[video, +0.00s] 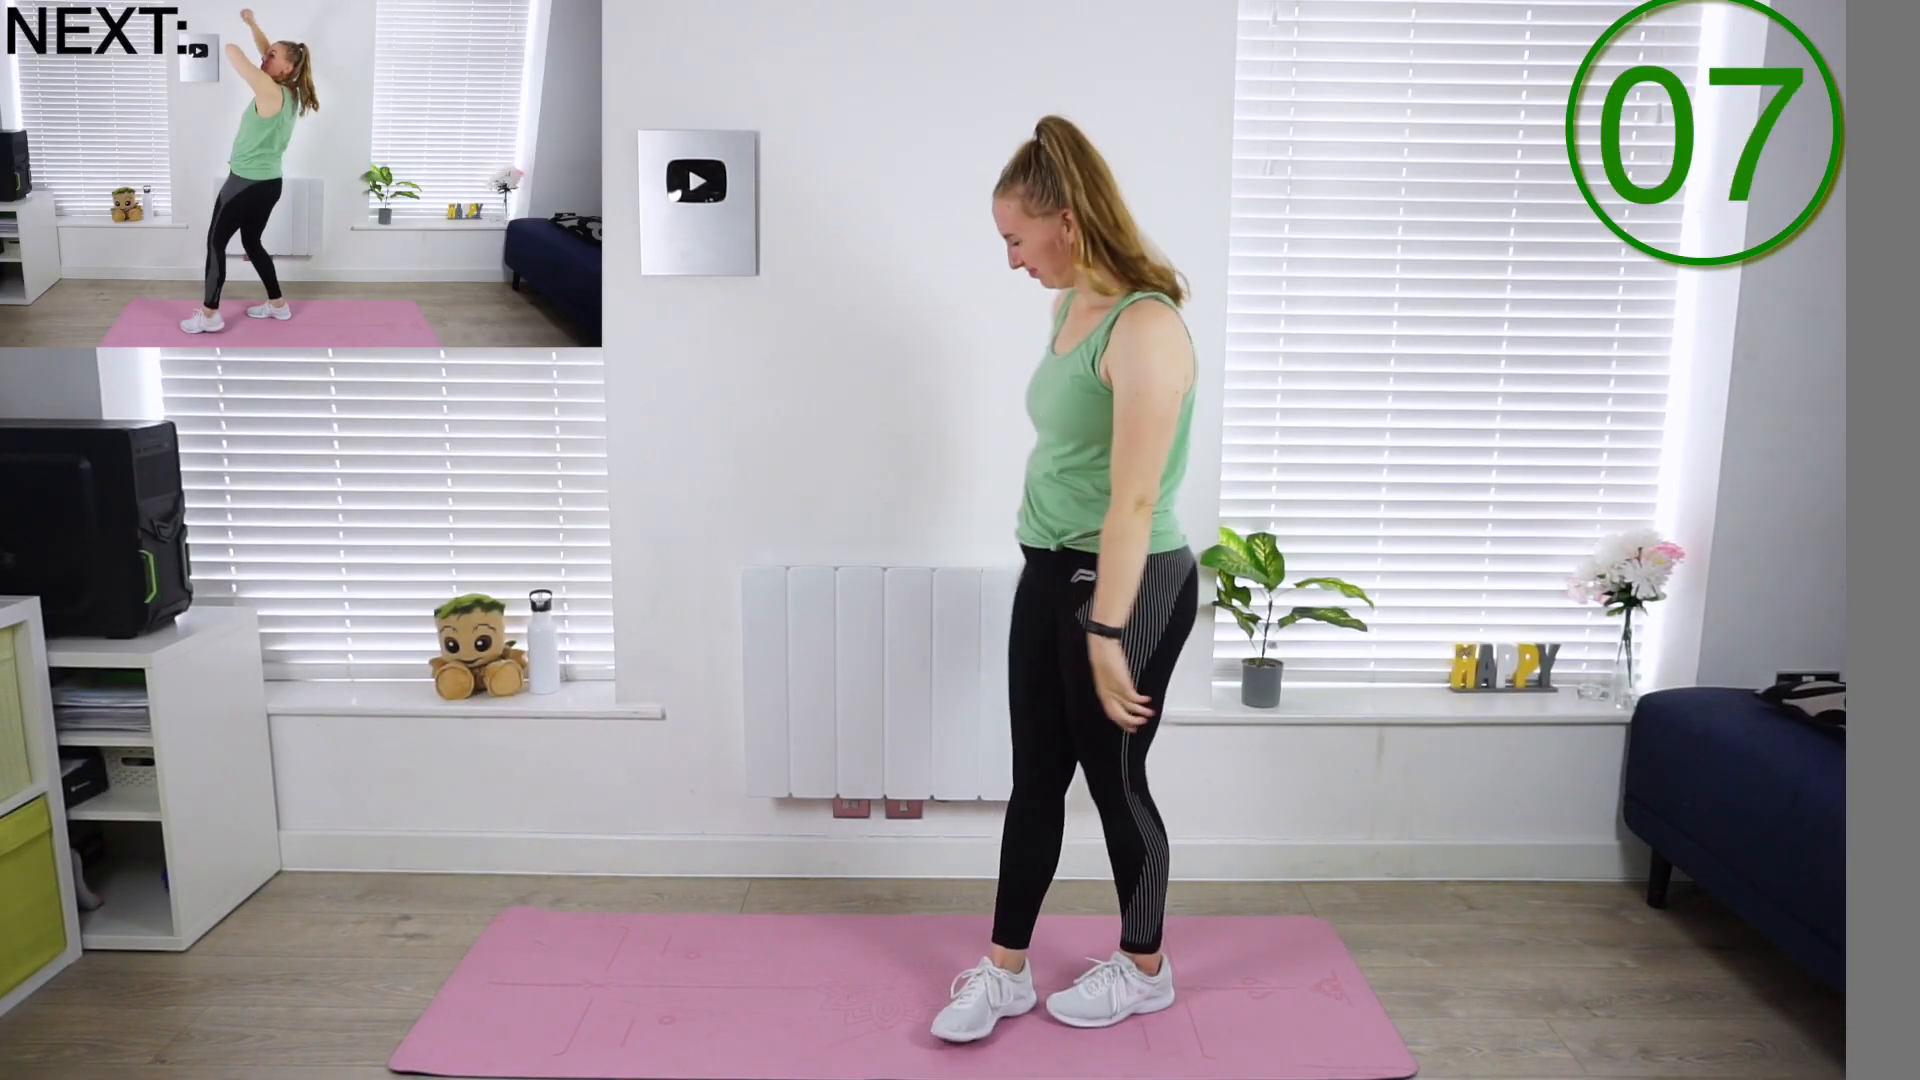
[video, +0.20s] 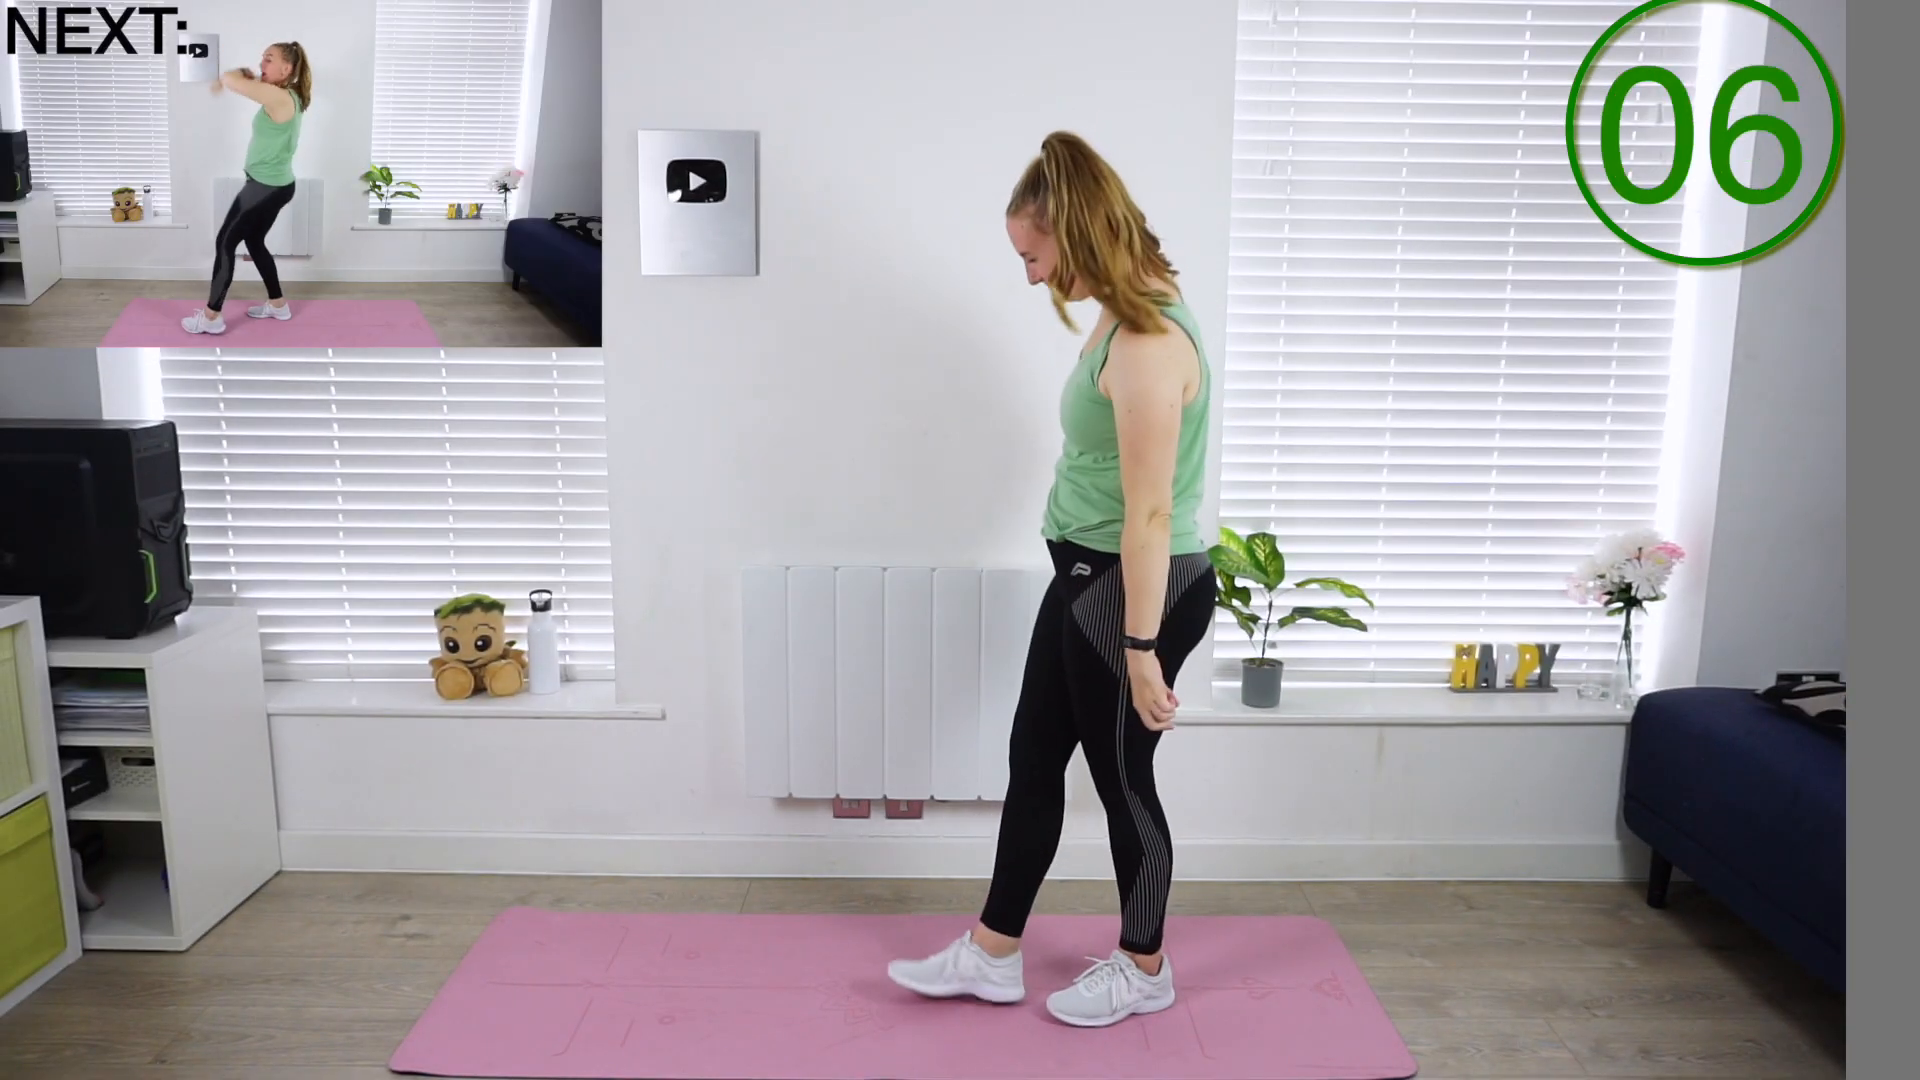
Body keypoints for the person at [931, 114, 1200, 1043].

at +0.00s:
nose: (1009, 253)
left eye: (1015, 234)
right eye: (1004, 236)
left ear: (1069, 220)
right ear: (1066, 223)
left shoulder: (1148, 328)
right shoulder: (1072, 307)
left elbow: (1136, 497)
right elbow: (1069, 459)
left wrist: (1106, 629)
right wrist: (1045, 568)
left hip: (1129, 577)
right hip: (1052, 569)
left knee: (1115, 777)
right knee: (1037, 777)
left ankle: (1146, 964)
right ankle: (1006, 962)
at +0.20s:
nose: (1030, 271)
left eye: (1035, 254)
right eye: (1024, 255)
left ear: (1081, 236)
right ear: (1083, 235)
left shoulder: (1149, 346)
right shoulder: (1124, 321)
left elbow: (1151, 511)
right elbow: (1119, 482)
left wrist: (1141, 647)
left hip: (1135, 584)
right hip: (1085, 572)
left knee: (1124, 776)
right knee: (1036, 758)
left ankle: (1144, 965)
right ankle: (994, 949)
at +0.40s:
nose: (1038, 270)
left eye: (1040, 254)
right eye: (1032, 255)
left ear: (1089, 242)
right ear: (1100, 233)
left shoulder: (1151, 342)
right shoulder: (1152, 309)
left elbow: (1136, 509)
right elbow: (1142, 480)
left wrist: (1099, 637)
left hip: (1142, 577)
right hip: (1108, 561)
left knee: (1126, 769)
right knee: (1034, 733)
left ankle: (1144, 964)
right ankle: (976, 909)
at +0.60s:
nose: (1031, 257)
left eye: (1036, 239)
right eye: (1026, 240)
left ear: (1082, 229)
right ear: (1102, 220)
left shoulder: (1129, 331)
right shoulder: (1157, 301)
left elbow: (1101, 498)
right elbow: (1148, 471)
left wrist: (1044, 620)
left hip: (1130, 574)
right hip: (1136, 561)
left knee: (1134, 773)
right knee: (1032, 716)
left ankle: (1145, 963)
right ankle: (978, 888)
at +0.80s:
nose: (1003, 256)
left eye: (1006, 239)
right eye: (999, 240)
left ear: (1048, 231)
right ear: (1078, 222)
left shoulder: (1103, 333)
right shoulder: (1141, 305)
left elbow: (1066, 498)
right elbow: (1125, 460)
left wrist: (1010, 612)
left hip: (1102, 573)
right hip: (1100, 561)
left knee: (1123, 770)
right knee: (1029, 745)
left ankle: (1143, 963)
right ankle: (985, 915)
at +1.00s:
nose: (974, 243)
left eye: (978, 225)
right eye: (972, 225)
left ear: (1020, 219)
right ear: (1045, 217)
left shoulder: (1060, 318)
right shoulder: (1089, 296)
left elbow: (1039, 475)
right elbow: (1065, 463)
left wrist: (985, 593)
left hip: (1073, 567)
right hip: (1065, 560)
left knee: (1100, 764)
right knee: (1011, 740)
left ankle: (1140, 960)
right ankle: (984, 914)